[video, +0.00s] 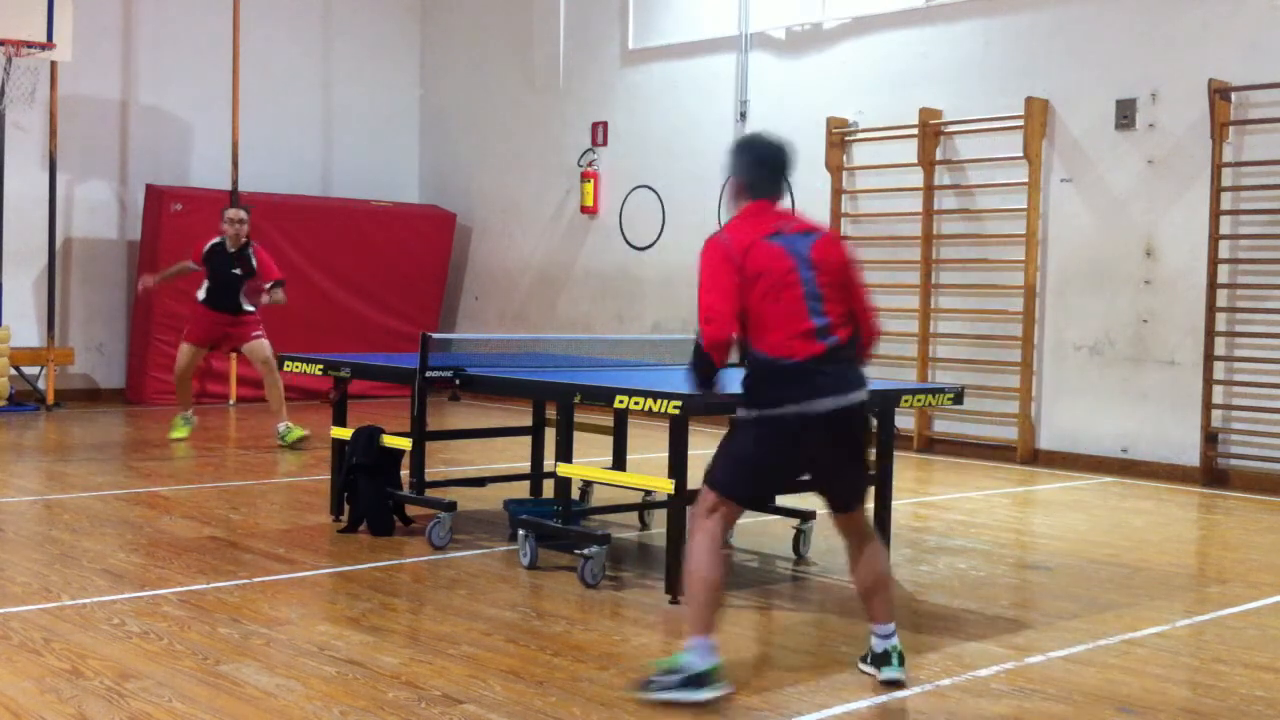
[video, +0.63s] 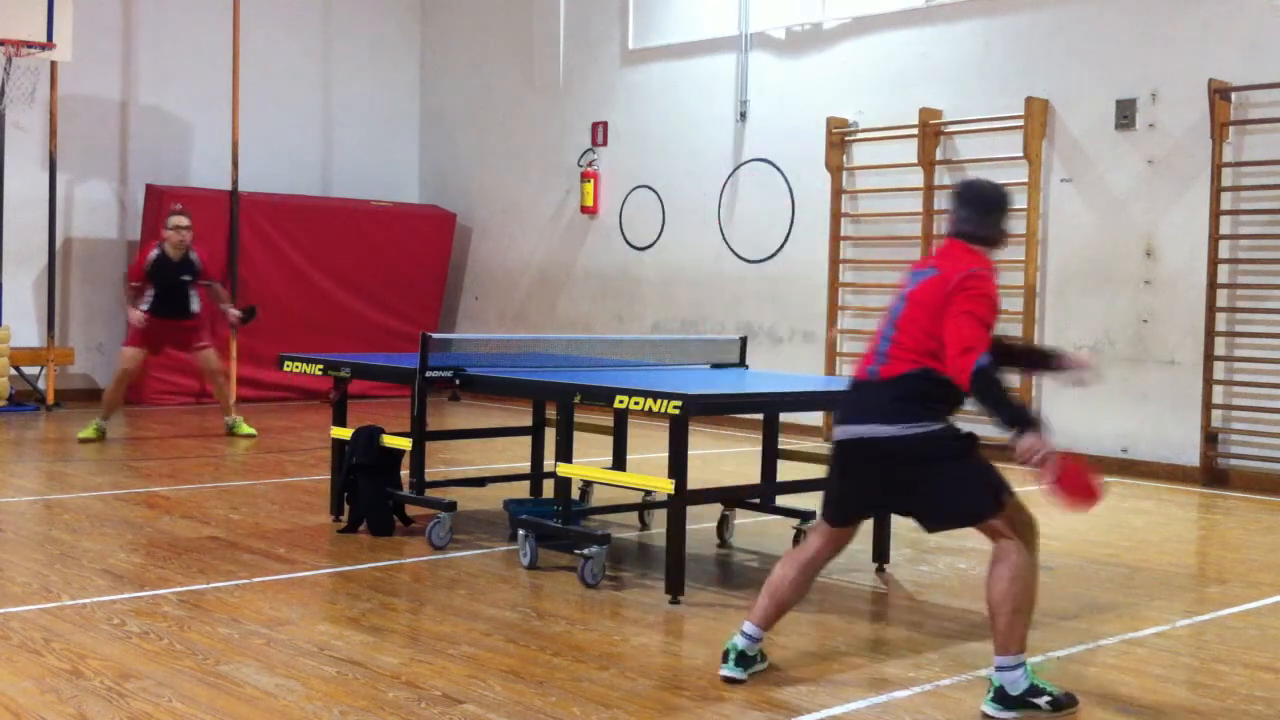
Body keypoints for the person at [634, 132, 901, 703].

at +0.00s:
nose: (725, 188)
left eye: (727, 181)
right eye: (729, 181)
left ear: (735, 184)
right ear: (784, 185)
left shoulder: (727, 244)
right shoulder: (825, 239)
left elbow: (718, 331)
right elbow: (864, 326)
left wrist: (703, 371)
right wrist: (835, 369)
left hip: (778, 413)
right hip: (844, 409)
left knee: (710, 515)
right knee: (856, 524)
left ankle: (697, 657)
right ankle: (887, 649)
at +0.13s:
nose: (773, 167)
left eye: (773, 159)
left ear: (773, 164)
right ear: (827, 167)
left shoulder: (740, 224)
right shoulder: (857, 226)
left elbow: (704, 312)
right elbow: (896, 322)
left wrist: (751, 340)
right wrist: (881, 366)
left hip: (777, 393)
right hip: (851, 389)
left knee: (749, 506)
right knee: (882, 512)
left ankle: (746, 646)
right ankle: (906, 639)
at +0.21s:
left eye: (793, 172)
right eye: (847, 179)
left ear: (793, 177)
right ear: (847, 182)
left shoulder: (753, 237)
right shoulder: (869, 244)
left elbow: (711, 321)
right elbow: (907, 339)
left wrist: (758, 335)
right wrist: (900, 386)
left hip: (778, 406)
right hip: (854, 402)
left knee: (760, 515)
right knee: (908, 521)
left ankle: (744, 647)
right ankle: (950, 647)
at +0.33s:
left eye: (833, 192)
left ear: (831, 198)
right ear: (882, 205)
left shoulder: (786, 261)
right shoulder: (892, 268)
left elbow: (757, 344)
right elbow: (920, 368)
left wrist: (810, 355)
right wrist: (943, 404)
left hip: (792, 431)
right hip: (867, 427)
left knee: (778, 531)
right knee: (944, 533)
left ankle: (747, 652)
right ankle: (999, 670)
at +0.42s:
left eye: (879, 198)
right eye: (912, 204)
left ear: (867, 206)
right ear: (916, 213)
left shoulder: (825, 266)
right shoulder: (915, 276)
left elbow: (815, 351)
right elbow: (936, 376)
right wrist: (985, 443)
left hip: (813, 434)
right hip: (881, 434)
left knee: (800, 527)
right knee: (967, 530)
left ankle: (749, 648)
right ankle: (1006, 674)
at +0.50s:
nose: (954, 221)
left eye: (940, 209)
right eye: (954, 212)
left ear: (906, 212)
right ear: (951, 218)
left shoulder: (869, 267)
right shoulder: (939, 279)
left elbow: (869, 355)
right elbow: (949, 380)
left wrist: (949, 373)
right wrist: (1008, 451)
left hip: (831, 435)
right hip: (897, 434)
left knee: (813, 531)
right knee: (988, 531)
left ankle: (744, 645)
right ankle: (1009, 677)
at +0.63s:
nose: (1005, 229)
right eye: (1004, 220)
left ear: (953, 220)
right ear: (1002, 228)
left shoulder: (928, 267)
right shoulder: (973, 277)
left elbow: (975, 343)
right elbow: (967, 361)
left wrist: (1052, 361)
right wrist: (1025, 427)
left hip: (855, 431)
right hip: (915, 432)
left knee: (825, 535)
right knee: (1014, 532)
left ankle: (743, 645)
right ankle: (1011, 680)